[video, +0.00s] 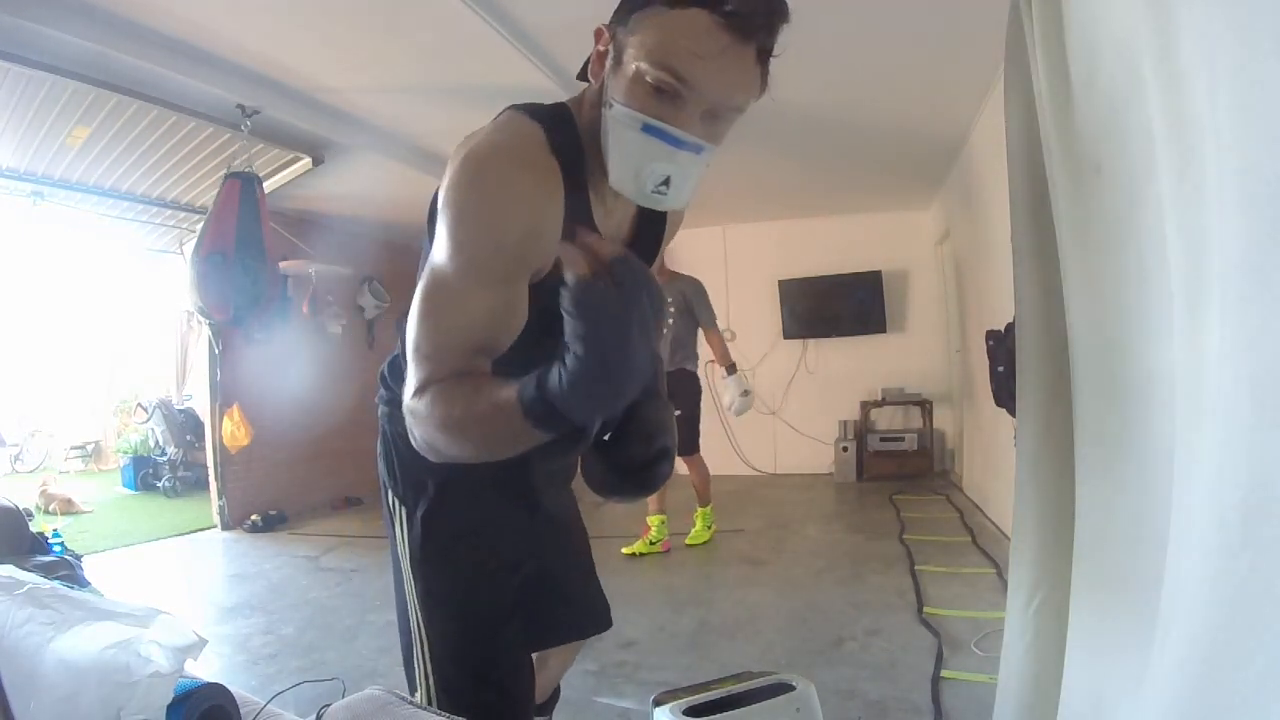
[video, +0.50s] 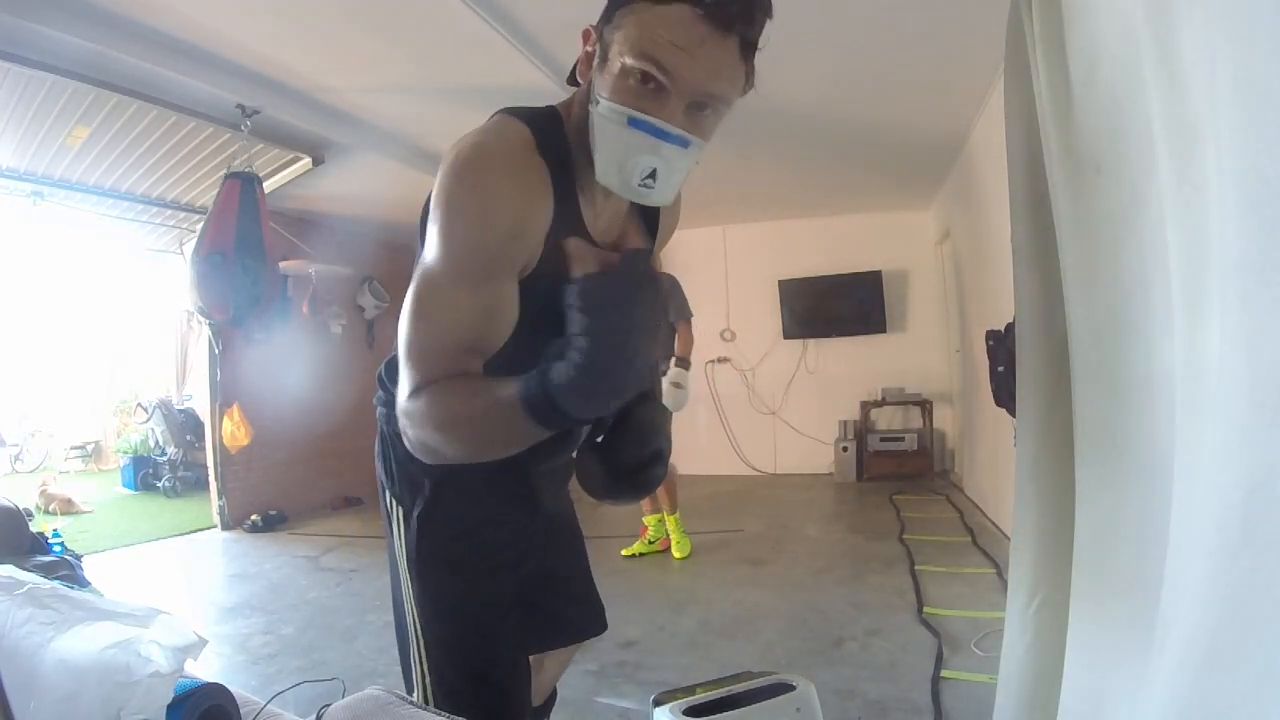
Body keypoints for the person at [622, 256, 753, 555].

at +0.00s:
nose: (646, 262)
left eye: (649, 254)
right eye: (642, 256)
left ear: (660, 252)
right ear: (637, 260)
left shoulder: (688, 286)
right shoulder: (636, 291)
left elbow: (711, 333)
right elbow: (627, 339)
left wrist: (732, 373)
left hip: (681, 379)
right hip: (647, 381)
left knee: (687, 451)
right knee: (652, 454)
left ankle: (705, 515)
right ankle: (657, 530)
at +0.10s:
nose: (647, 258)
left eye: (650, 251)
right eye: (641, 253)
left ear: (659, 252)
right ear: (633, 258)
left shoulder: (679, 285)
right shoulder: (628, 290)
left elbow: (705, 329)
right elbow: (620, 337)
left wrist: (727, 370)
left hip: (676, 379)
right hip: (642, 381)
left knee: (682, 455)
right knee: (649, 455)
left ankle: (703, 515)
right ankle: (656, 530)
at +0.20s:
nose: (643, 261)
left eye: (647, 254)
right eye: (638, 256)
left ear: (656, 254)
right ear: (631, 259)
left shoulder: (672, 284)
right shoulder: (626, 292)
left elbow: (697, 328)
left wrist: (717, 369)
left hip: (670, 378)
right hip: (636, 378)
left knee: (673, 456)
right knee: (646, 454)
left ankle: (699, 509)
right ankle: (655, 530)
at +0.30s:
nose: (645, 259)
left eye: (649, 253)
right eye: (640, 254)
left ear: (656, 255)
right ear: (632, 258)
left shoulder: (669, 284)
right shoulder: (623, 290)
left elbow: (691, 329)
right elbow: (615, 336)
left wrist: (705, 372)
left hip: (666, 378)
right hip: (631, 378)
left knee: (666, 456)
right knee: (641, 454)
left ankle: (691, 508)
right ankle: (655, 530)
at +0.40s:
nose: (644, 258)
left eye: (647, 252)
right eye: (638, 254)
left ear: (654, 253)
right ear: (629, 258)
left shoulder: (665, 284)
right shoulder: (618, 292)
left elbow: (687, 331)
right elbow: (612, 338)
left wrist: (692, 375)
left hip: (662, 379)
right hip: (628, 381)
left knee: (663, 457)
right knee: (639, 455)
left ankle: (680, 524)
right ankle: (654, 529)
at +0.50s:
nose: (635, 259)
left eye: (640, 252)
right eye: (629, 255)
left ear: (651, 252)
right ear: (621, 259)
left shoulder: (665, 284)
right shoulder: (614, 290)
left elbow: (684, 330)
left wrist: (679, 371)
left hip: (656, 381)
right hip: (623, 385)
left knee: (660, 456)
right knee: (638, 456)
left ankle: (673, 523)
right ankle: (654, 528)